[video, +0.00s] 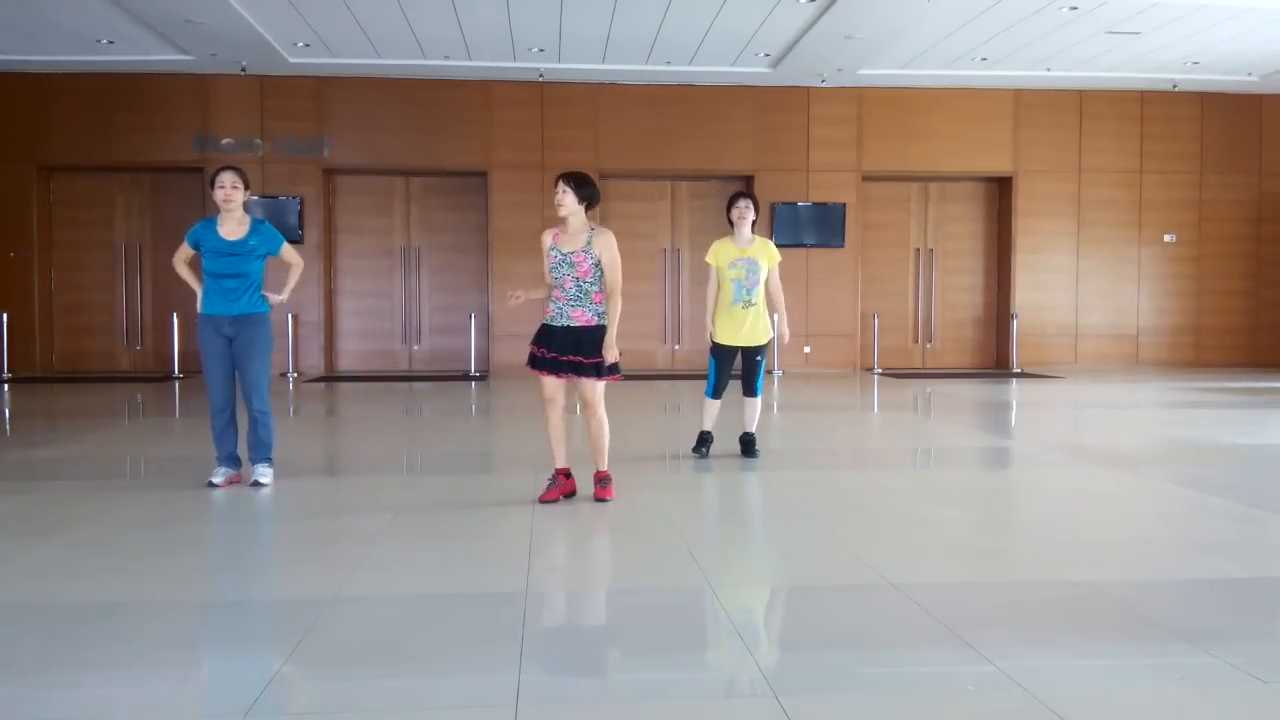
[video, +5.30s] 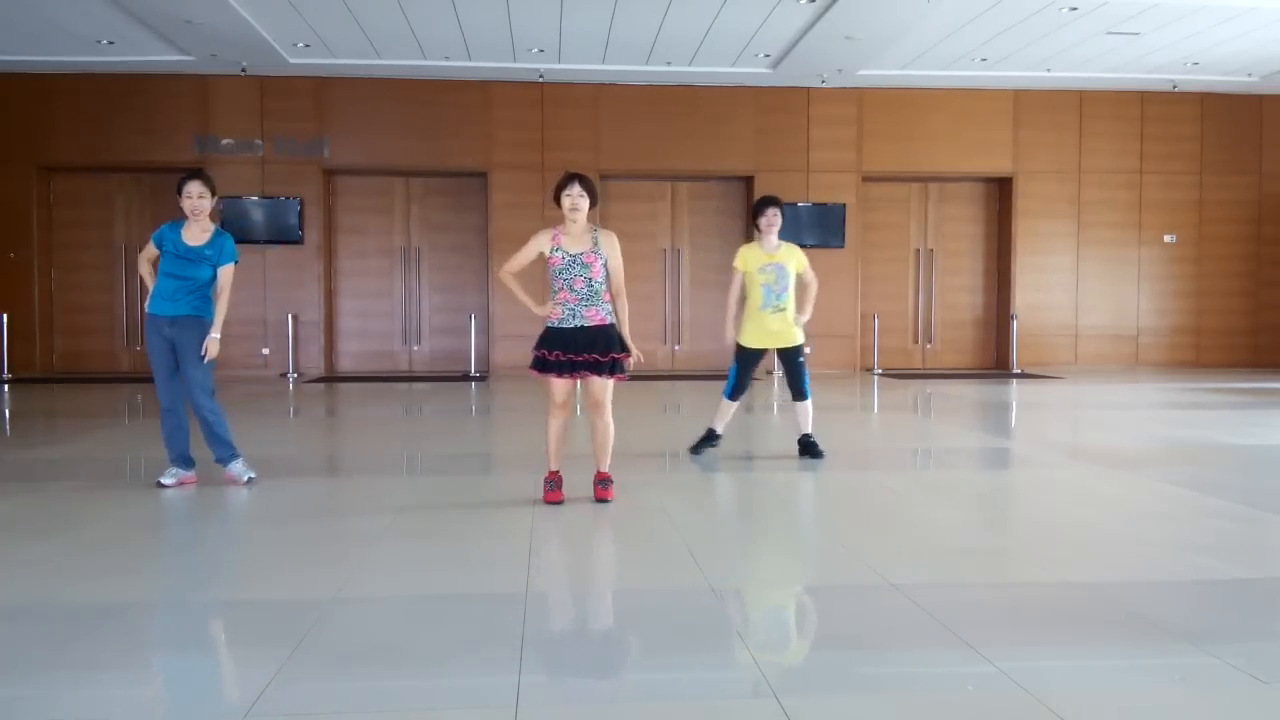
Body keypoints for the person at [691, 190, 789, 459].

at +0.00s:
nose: (742, 211)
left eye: (747, 207)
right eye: (737, 207)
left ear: (755, 214)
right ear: (729, 214)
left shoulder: (767, 248)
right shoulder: (719, 247)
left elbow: (775, 288)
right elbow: (712, 288)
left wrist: (782, 319)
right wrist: (708, 322)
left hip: (757, 327)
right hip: (725, 327)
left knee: (752, 387)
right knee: (715, 385)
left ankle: (749, 437)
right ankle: (705, 436)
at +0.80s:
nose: (715, 214)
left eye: (720, 211)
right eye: (710, 210)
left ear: (726, 217)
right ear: (701, 215)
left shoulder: (735, 249)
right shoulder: (687, 247)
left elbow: (742, 289)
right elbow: (678, 285)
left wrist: (745, 323)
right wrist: (671, 322)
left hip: (723, 327)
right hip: (690, 326)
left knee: (733, 385)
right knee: (693, 385)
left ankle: (745, 436)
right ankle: (694, 436)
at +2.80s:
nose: (727, 212)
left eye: (732, 209)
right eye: (722, 208)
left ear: (739, 215)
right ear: (713, 213)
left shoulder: (747, 248)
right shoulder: (699, 246)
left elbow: (758, 287)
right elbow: (687, 287)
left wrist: (757, 320)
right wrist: (684, 323)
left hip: (738, 328)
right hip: (703, 327)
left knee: (740, 387)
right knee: (701, 386)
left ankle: (747, 437)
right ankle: (696, 437)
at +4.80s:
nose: (724, 221)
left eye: (729, 216)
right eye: (720, 215)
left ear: (735, 221)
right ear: (710, 218)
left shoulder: (742, 252)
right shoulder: (695, 248)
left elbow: (757, 283)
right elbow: (683, 281)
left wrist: (750, 312)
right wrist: (674, 307)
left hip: (732, 327)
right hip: (699, 328)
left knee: (746, 384)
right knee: (697, 385)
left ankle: (758, 435)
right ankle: (691, 434)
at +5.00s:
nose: (737, 224)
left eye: (743, 219)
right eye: (732, 218)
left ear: (747, 224)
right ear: (722, 220)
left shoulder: (753, 254)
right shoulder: (707, 252)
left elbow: (769, 285)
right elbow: (694, 283)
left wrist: (762, 315)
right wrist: (685, 311)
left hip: (744, 330)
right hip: (711, 330)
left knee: (764, 383)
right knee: (703, 385)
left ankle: (786, 436)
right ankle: (693, 434)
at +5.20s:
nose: (760, 222)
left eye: (765, 218)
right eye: (754, 218)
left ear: (771, 223)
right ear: (745, 223)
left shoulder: (781, 256)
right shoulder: (734, 254)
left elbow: (795, 287)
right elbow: (719, 291)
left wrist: (789, 317)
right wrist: (712, 323)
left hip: (772, 331)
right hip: (737, 331)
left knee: (791, 382)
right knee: (721, 384)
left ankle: (805, 438)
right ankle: (697, 433)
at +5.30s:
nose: (770, 220)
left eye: (775, 215)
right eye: (765, 215)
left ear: (781, 220)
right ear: (756, 221)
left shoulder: (793, 253)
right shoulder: (745, 253)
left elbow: (811, 281)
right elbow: (735, 291)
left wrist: (805, 315)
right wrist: (729, 326)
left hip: (787, 329)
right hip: (753, 330)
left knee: (800, 385)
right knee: (735, 386)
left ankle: (806, 438)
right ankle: (714, 433)